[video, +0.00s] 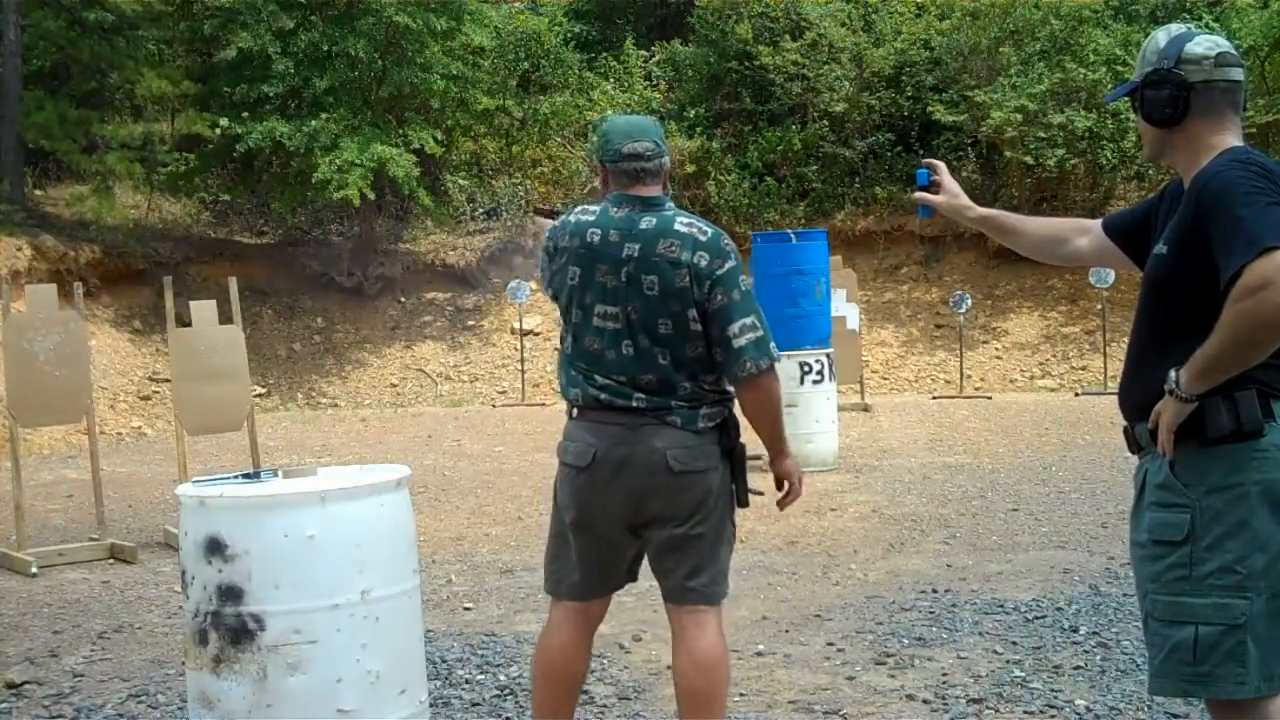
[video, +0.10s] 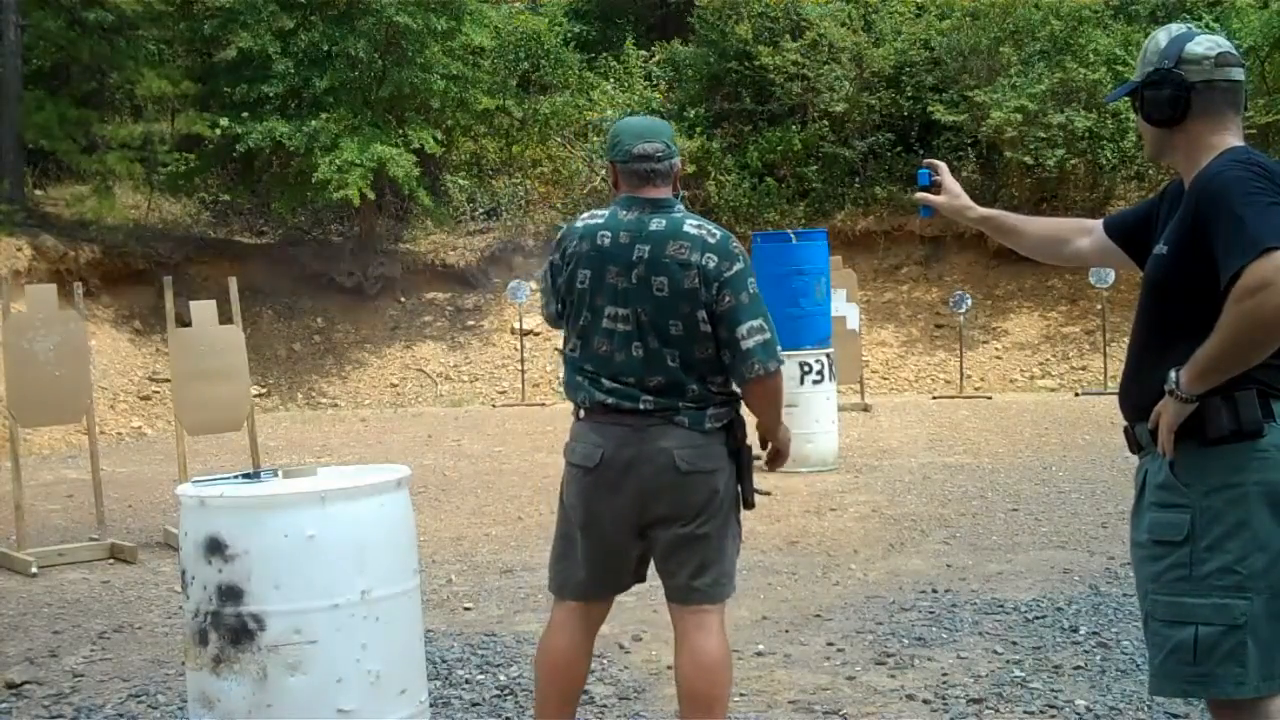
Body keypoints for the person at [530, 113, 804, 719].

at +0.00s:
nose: (594, 173)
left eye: (596, 166)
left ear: (602, 172)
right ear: (668, 168)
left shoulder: (569, 235)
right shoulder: (705, 244)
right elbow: (753, 370)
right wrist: (779, 452)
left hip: (593, 446)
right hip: (690, 452)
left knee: (573, 610)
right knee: (696, 615)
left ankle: (548, 713)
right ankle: (705, 717)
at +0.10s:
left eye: (611, 167)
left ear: (613, 173)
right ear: (679, 171)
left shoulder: (578, 237)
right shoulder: (715, 246)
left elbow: (558, 313)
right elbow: (759, 365)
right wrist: (773, 430)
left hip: (600, 448)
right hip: (694, 453)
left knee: (575, 608)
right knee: (699, 614)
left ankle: (550, 713)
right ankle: (706, 718)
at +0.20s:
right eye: (679, 169)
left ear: (622, 177)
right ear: (685, 176)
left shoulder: (587, 247)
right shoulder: (723, 249)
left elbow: (565, 343)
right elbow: (768, 364)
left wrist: (628, 360)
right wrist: (723, 381)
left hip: (606, 453)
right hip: (699, 455)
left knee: (576, 603)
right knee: (702, 614)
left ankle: (565, 713)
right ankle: (706, 717)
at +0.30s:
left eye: (627, 179)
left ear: (626, 185)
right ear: (688, 181)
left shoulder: (590, 254)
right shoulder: (724, 253)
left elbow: (571, 352)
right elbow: (772, 357)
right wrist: (712, 334)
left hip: (604, 452)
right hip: (698, 454)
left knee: (578, 571)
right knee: (701, 611)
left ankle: (599, 702)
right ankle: (709, 715)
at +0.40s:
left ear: (623, 192)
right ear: (684, 187)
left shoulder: (590, 258)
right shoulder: (725, 258)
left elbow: (572, 364)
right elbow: (758, 355)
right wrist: (697, 339)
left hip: (603, 450)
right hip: (696, 451)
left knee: (577, 564)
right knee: (699, 608)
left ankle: (607, 700)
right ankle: (708, 714)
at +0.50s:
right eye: (673, 189)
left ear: (615, 201)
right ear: (673, 195)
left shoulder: (586, 265)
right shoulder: (715, 262)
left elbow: (564, 368)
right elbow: (749, 361)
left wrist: (621, 378)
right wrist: (688, 347)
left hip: (599, 443)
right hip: (690, 443)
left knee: (581, 569)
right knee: (694, 601)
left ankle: (588, 708)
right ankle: (707, 715)